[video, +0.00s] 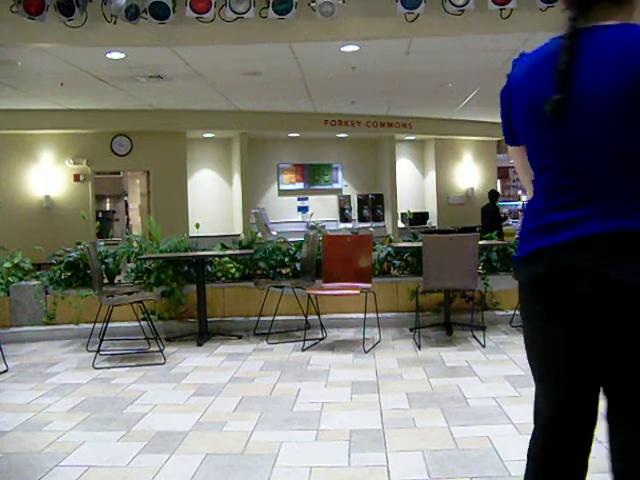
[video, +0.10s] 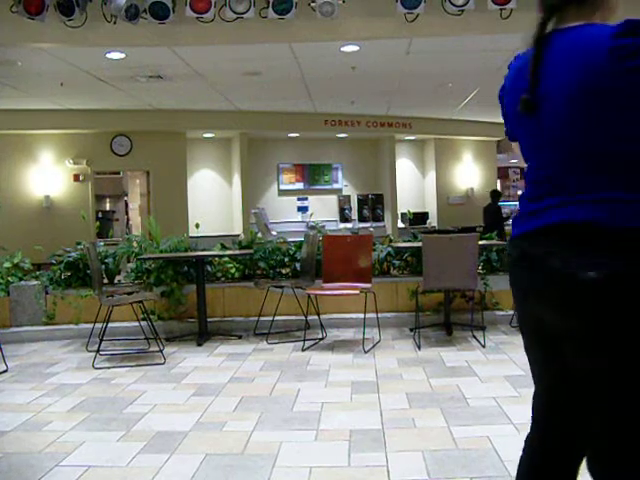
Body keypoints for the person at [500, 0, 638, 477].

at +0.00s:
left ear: (568, 1)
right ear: (632, 1)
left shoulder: (528, 71)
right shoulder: (634, 48)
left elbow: (531, 182)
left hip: (549, 263)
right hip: (632, 262)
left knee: (558, 430)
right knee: (637, 432)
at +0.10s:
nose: (619, 7)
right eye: (616, 3)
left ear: (550, 4)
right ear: (607, 1)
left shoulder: (520, 70)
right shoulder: (625, 43)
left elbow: (524, 147)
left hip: (537, 247)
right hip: (619, 244)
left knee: (556, 416)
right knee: (622, 418)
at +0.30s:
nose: (596, 5)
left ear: (549, 7)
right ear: (556, 4)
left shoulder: (538, 61)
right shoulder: (541, 65)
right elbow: (633, 111)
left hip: (554, 265)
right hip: (548, 270)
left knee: (559, 418)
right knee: (590, 435)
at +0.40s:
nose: (584, 13)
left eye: (582, 4)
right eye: (575, 4)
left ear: (545, 16)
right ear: (540, 14)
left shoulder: (563, 85)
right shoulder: (506, 72)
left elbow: (578, 189)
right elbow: (586, 99)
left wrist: (636, 187)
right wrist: (637, 45)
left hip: (578, 274)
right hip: (521, 275)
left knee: (559, 442)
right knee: (554, 447)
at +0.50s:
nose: (567, 20)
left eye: (568, 11)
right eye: (553, 11)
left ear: (578, 25)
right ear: (514, 22)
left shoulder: (589, 94)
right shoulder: (483, 77)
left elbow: (614, 184)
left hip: (582, 271)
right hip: (506, 271)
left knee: (564, 436)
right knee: (531, 439)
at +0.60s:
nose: (542, 18)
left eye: (546, 8)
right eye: (526, 11)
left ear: (555, 15)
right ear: (499, 25)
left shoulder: (593, 88)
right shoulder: (480, 86)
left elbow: (630, 179)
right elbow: (458, 42)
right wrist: (515, 1)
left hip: (578, 267)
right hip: (497, 266)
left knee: (556, 422)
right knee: (506, 425)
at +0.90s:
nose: (488, 30)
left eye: (498, 17)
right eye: (475, 24)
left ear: (521, 24)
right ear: (465, 40)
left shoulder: (563, 80)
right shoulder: (461, 88)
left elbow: (615, 157)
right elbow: (398, 37)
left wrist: (637, 176)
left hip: (552, 268)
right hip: (476, 268)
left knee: (536, 419)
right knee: (435, 412)